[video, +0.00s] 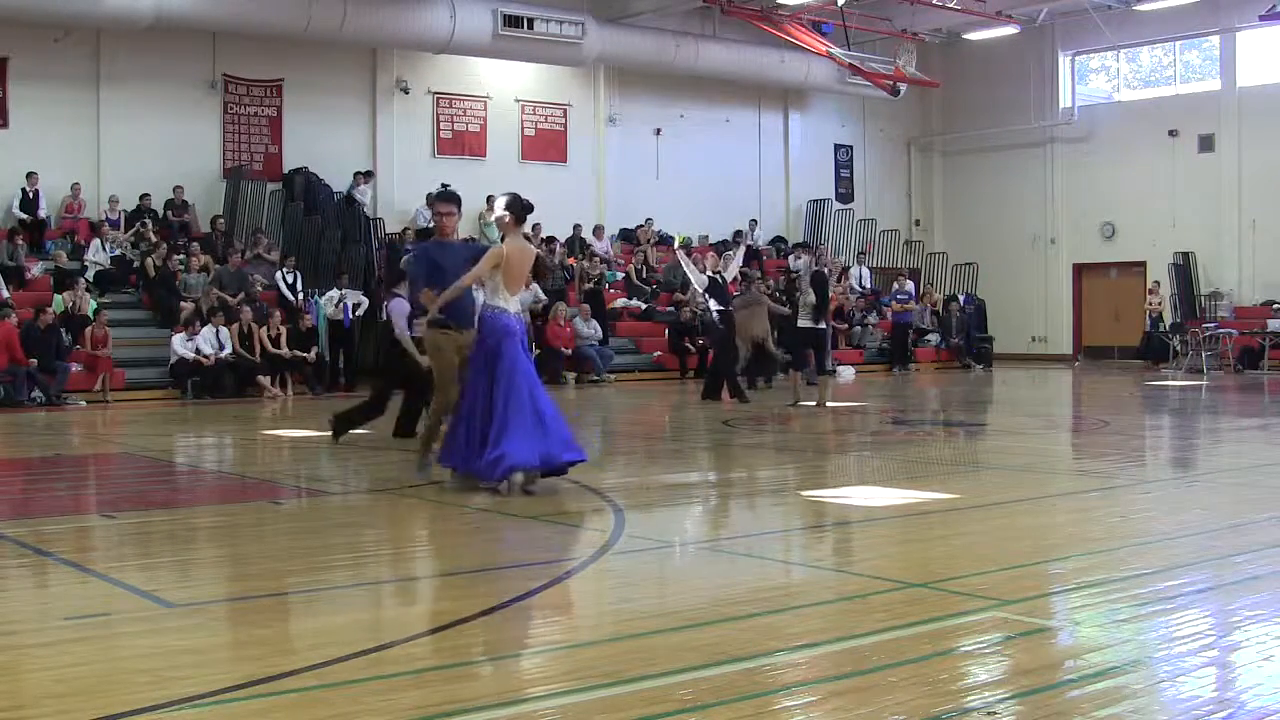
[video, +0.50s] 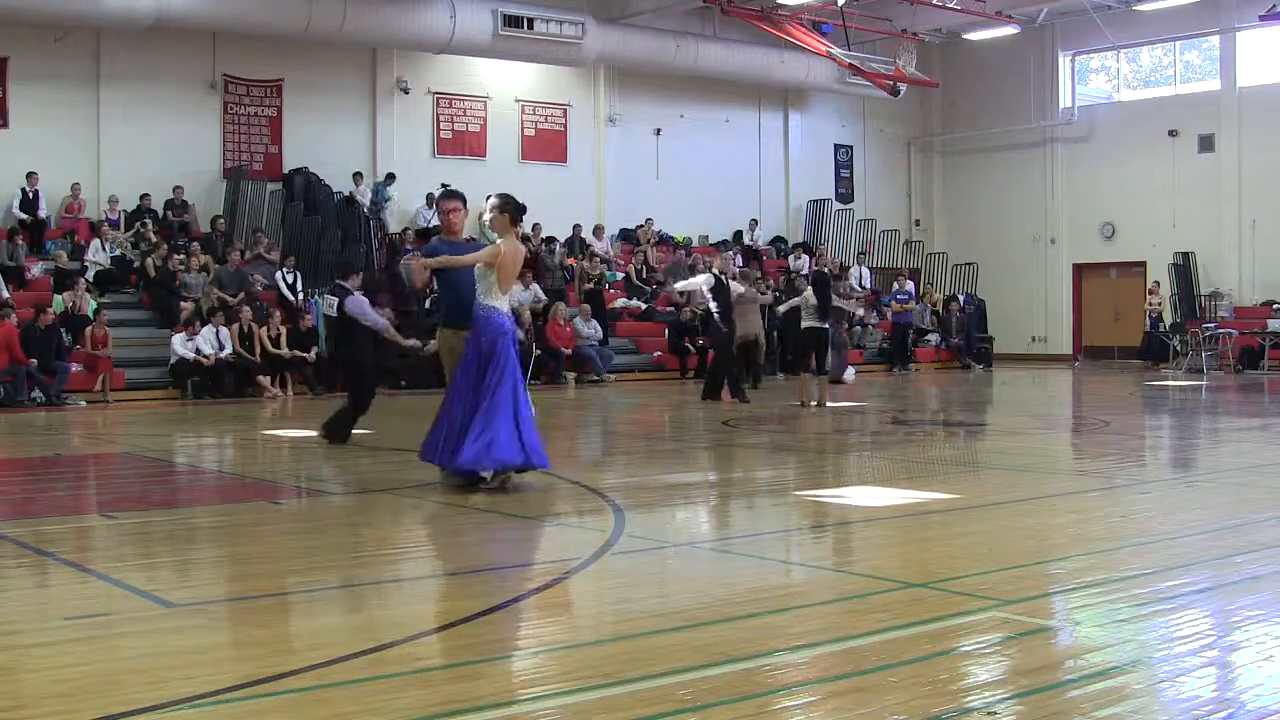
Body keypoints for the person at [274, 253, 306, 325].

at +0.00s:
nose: (292, 263)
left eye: (294, 261)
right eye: (290, 261)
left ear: (295, 262)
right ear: (285, 262)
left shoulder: (297, 273)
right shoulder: (279, 274)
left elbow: (299, 287)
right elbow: (283, 288)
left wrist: (300, 298)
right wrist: (293, 299)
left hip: (296, 297)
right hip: (285, 298)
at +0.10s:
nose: (292, 263)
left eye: (294, 261)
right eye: (290, 261)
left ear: (295, 262)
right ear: (285, 262)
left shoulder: (297, 273)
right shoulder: (279, 274)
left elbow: (299, 287)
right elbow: (283, 288)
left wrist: (300, 298)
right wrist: (293, 299)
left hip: (296, 297)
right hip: (285, 298)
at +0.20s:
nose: (292, 263)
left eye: (293, 261)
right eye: (290, 261)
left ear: (295, 262)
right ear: (285, 262)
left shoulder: (297, 274)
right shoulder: (279, 274)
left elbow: (299, 287)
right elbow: (283, 289)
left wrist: (300, 298)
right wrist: (293, 299)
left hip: (295, 296)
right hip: (285, 297)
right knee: (292, 309)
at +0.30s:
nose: (292, 263)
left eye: (293, 261)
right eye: (290, 261)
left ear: (295, 262)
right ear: (285, 262)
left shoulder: (297, 274)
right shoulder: (279, 274)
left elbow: (299, 287)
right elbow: (283, 289)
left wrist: (300, 299)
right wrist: (293, 300)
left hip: (295, 297)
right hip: (284, 298)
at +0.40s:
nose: (292, 263)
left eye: (293, 261)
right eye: (290, 261)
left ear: (295, 262)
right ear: (285, 262)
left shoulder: (297, 274)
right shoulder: (279, 274)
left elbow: (299, 287)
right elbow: (283, 289)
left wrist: (300, 299)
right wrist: (293, 300)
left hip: (295, 297)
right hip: (284, 298)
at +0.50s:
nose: (292, 263)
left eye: (293, 261)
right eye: (290, 261)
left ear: (295, 262)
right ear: (285, 262)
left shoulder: (297, 274)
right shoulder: (279, 274)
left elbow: (299, 287)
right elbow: (283, 289)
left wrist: (300, 299)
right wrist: (293, 300)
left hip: (295, 297)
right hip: (284, 299)